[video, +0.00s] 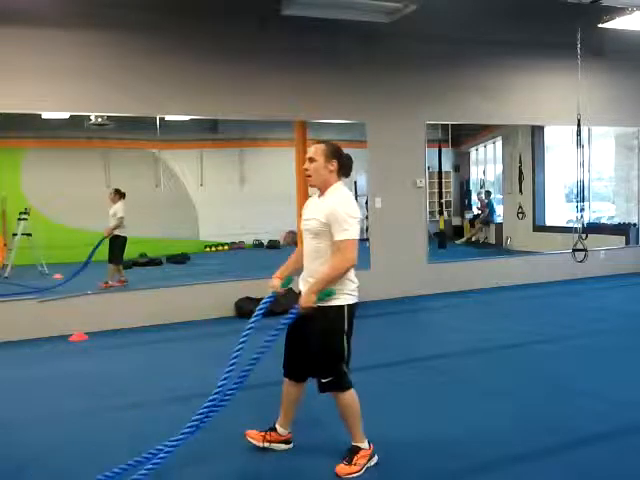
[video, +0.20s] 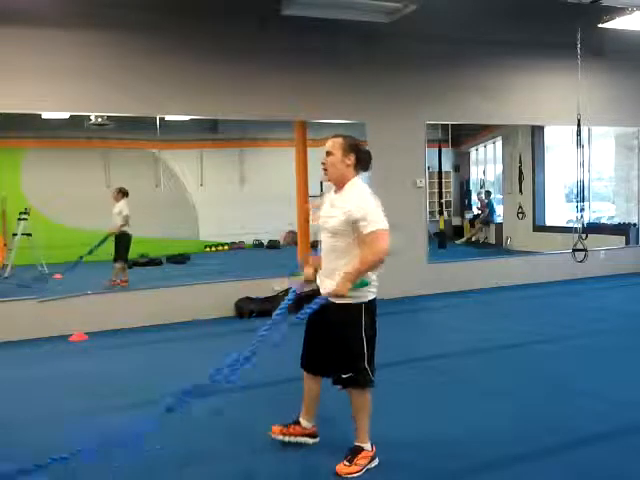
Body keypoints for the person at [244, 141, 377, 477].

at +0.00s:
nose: (305, 167)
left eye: (312, 161)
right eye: (305, 161)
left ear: (332, 167)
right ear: (317, 168)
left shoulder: (342, 202)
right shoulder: (314, 202)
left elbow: (347, 258)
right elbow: (306, 250)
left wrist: (314, 288)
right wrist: (282, 274)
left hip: (336, 302)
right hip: (309, 300)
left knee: (335, 377)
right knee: (295, 370)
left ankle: (361, 447)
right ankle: (281, 432)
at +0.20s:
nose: (323, 161)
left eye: (329, 155)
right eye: (324, 155)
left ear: (350, 162)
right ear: (339, 162)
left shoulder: (361, 197)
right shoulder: (333, 197)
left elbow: (378, 247)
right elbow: (338, 246)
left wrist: (347, 276)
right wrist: (317, 262)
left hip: (356, 302)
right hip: (327, 298)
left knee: (357, 376)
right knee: (312, 365)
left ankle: (363, 446)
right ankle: (306, 424)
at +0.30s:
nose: (329, 161)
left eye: (335, 156)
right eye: (329, 156)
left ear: (356, 159)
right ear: (345, 160)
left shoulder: (368, 191)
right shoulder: (336, 194)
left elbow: (391, 226)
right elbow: (327, 221)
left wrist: (361, 244)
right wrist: (303, 229)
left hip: (359, 298)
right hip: (332, 293)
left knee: (360, 375)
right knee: (330, 364)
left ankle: (365, 446)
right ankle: (337, 421)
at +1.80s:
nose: (355, 151)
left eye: (362, 145)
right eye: (355, 146)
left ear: (383, 151)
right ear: (361, 153)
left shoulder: (396, 179)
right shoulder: (354, 183)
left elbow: (395, 194)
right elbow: (322, 191)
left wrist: (359, 200)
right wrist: (296, 200)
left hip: (376, 282)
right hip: (348, 277)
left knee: (365, 357)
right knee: (329, 346)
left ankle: (373, 438)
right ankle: (334, 410)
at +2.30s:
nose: (333, 150)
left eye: (339, 144)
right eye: (334, 144)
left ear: (358, 148)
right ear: (347, 149)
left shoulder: (374, 181)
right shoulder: (336, 182)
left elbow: (376, 204)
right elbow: (320, 211)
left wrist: (340, 209)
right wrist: (283, 213)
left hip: (357, 276)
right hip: (328, 271)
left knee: (338, 354)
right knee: (307, 344)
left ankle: (339, 436)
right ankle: (310, 414)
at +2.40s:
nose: (333, 160)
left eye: (339, 154)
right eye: (334, 154)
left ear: (358, 160)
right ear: (348, 159)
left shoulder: (370, 195)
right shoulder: (335, 189)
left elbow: (346, 234)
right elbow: (316, 222)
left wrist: (302, 242)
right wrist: (281, 221)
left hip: (350, 291)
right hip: (325, 283)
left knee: (317, 367)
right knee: (299, 359)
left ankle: (312, 443)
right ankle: (303, 433)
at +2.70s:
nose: (333, 146)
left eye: (340, 141)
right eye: (333, 141)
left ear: (359, 149)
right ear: (339, 149)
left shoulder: (369, 177)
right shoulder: (328, 179)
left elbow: (377, 209)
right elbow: (294, 194)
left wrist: (332, 220)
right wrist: (255, 196)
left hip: (348, 284)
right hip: (318, 277)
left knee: (339, 363)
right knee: (302, 347)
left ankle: (338, 443)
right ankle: (295, 412)